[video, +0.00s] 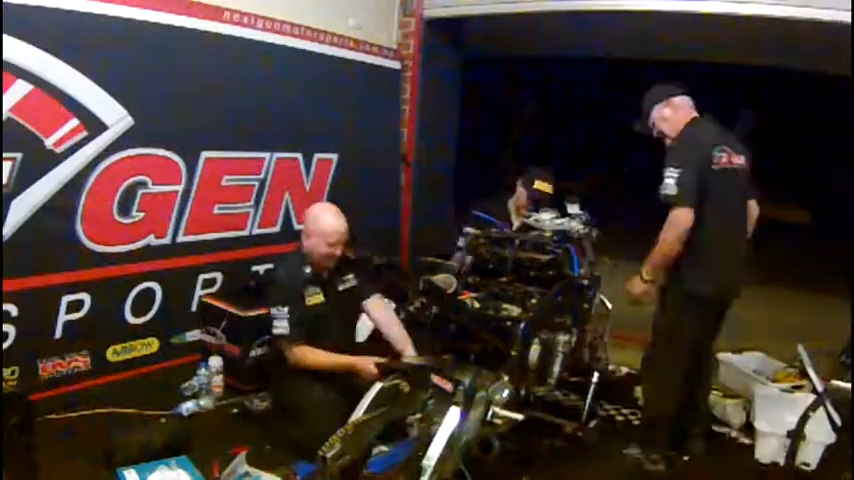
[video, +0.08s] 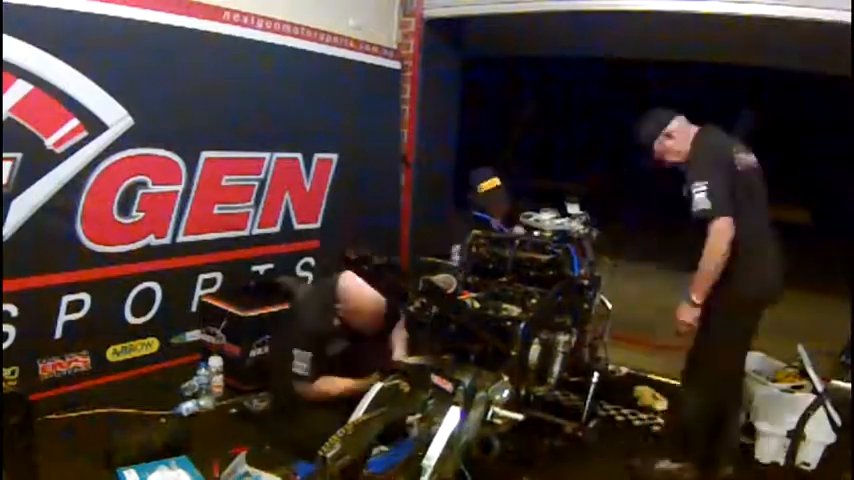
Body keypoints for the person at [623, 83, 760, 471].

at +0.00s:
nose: (660, 136)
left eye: (658, 126)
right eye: (657, 129)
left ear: (671, 109)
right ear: (686, 108)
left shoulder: (687, 144)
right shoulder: (731, 143)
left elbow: (682, 218)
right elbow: (750, 209)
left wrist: (647, 273)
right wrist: (729, 255)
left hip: (692, 277)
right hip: (722, 277)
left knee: (664, 361)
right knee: (696, 358)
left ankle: (655, 449)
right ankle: (689, 440)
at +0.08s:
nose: (668, 162)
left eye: (663, 154)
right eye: (662, 158)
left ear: (672, 135)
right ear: (675, 130)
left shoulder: (705, 155)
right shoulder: (724, 145)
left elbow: (722, 229)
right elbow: (736, 224)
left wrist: (693, 299)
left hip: (738, 284)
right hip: (752, 280)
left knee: (705, 372)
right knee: (723, 371)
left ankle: (695, 459)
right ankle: (716, 457)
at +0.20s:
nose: (636, 226)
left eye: (636, 217)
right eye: (634, 218)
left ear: (646, 209)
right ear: (674, 210)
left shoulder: (651, 253)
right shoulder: (704, 249)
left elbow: (639, 330)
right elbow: (726, 318)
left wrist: (613, 327)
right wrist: (684, 318)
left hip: (656, 387)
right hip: (696, 384)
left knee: (646, 465)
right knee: (685, 463)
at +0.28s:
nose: (624, 276)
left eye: (628, 271)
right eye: (626, 268)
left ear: (641, 282)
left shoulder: (656, 330)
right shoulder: (684, 276)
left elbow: (602, 405)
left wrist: (549, 453)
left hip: (697, 406)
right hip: (716, 383)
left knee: (645, 461)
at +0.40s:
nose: (651, 196)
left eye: (661, 191)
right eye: (655, 190)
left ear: (684, 204)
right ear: (683, 206)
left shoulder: (668, 244)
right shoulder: (691, 246)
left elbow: (621, 308)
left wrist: (588, 267)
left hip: (642, 381)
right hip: (667, 378)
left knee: (623, 458)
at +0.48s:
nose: (675, 260)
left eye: (681, 252)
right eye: (669, 252)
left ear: (701, 242)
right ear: (660, 244)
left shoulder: (716, 283)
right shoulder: (664, 272)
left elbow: (733, 368)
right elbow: (653, 343)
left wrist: (680, 418)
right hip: (652, 406)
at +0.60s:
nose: (631, 215)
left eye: (634, 205)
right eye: (632, 206)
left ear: (646, 202)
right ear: (672, 206)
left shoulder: (650, 248)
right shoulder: (686, 246)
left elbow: (615, 318)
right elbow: (662, 299)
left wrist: (599, 281)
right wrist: (626, 260)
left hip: (642, 379)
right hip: (675, 375)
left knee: (627, 463)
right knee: (653, 460)